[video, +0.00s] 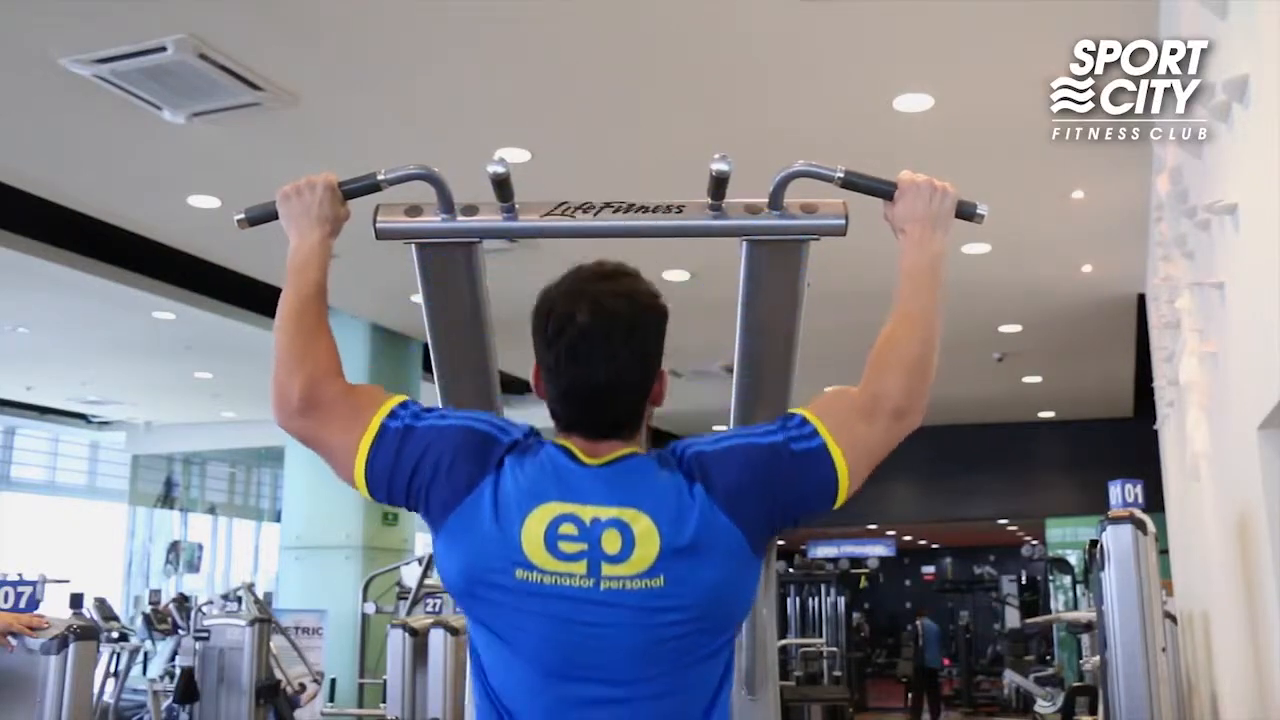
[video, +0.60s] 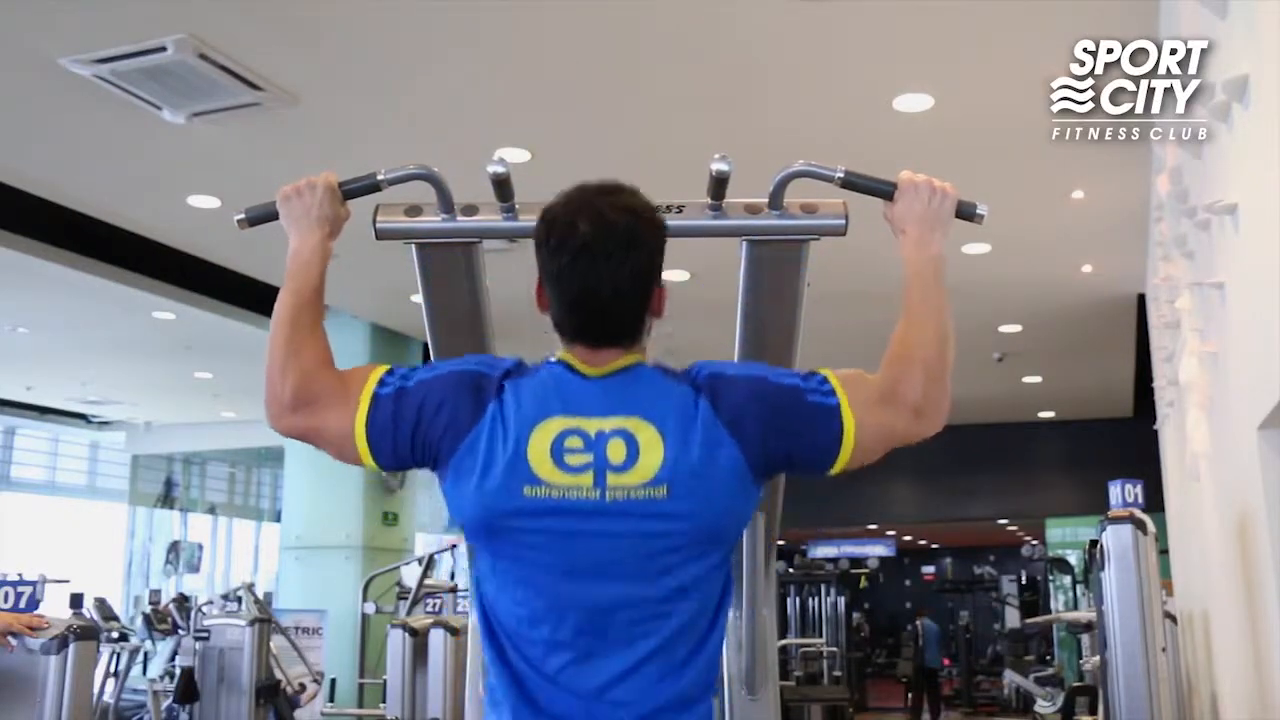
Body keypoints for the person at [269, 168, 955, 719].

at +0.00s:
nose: (661, 375)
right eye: (662, 362)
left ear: (537, 381)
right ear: (659, 385)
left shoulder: (471, 476)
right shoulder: (727, 490)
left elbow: (305, 399)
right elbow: (890, 405)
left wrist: (308, 240)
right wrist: (923, 243)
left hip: (519, 710)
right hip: (685, 712)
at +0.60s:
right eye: (661, 276)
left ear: (539, 295)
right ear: (660, 299)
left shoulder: (475, 409)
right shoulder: (729, 415)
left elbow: (296, 401)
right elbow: (913, 405)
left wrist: (308, 243)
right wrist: (924, 245)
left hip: (523, 709)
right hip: (676, 711)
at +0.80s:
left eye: (541, 172)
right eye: (660, 178)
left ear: (542, 196)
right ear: (661, 197)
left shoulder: (479, 315)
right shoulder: (731, 319)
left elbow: (297, 394)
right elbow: (913, 396)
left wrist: (305, 245)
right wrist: (924, 240)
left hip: (525, 676)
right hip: (674, 678)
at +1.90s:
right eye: (659, 274)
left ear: (535, 291)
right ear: (658, 299)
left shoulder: (464, 397)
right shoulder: (727, 417)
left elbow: (288, 398)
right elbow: (909, 402)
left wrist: (307, 246)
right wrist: (924, 244)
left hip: (514, 703)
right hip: (674, 704)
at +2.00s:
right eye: (658, 311)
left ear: (535, 332)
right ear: (658, 339)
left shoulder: (467, 428)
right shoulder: (725, 449)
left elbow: (293, 399)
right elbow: (903, 405)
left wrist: (308, 243)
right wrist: (924, 242)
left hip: (516, 711)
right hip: (678, 713)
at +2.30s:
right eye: (657, 411)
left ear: (535, 436)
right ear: (660, 442)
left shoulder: (476, 520)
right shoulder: (723, 544)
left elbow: (324, 404)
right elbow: (867, 404)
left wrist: (311, 243)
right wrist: (919, 244)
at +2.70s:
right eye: (657, 325)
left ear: (536, 347)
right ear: (657, 350)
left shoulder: (470, 449)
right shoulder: (725, 457)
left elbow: (303, 402)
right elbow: (903, 409)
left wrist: (309, 244)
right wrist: (921, 246)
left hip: (518, 709)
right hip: (679, 709)